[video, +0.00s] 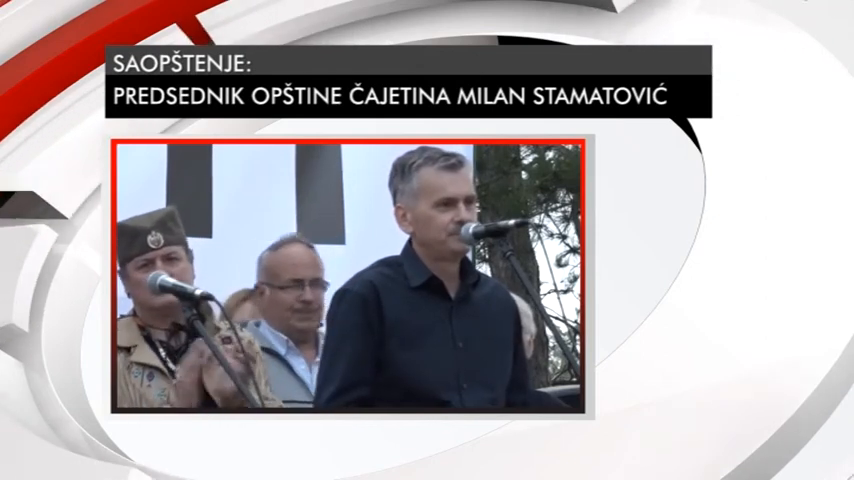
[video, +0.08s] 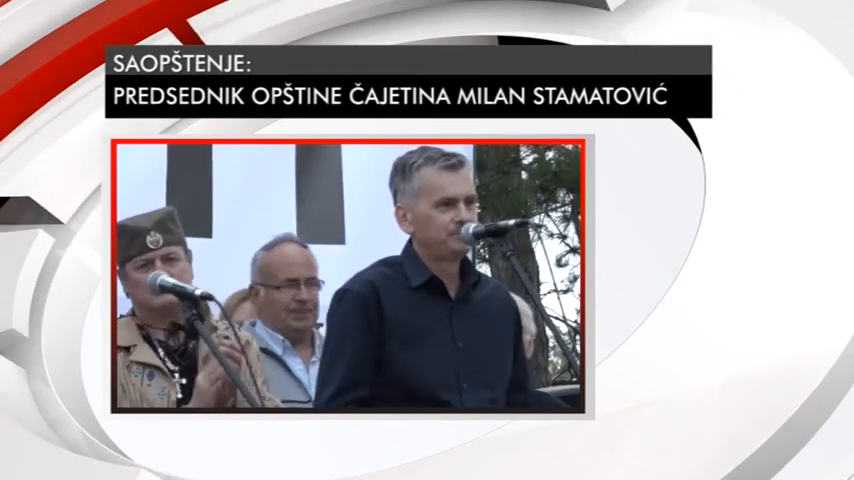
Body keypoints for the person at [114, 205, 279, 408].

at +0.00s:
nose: (161, 272)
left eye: (172, 259)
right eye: (145, 265)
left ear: (192, 268)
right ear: (125, 282)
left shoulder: (239, 342)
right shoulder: (108, 351)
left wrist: (235, 399)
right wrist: (178, 408)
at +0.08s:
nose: (160, 272)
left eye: (171, 259)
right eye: (144, 265)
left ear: (191, 268)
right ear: (124, 281)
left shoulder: (236, 340)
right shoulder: (111, 352)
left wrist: (240, 387)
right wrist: (196, 410)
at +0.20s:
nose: (161, 272)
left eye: (171, 259)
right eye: (144, 265)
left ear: (191, 268)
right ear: (124, 283)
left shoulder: (238, 340)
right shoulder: (111, 352)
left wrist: (236, 399)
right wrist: (191, 399)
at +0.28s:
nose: (163, 270)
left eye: (174, 257)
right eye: (147, 263)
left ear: (193, 265)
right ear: (126, 281)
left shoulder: (237, 338)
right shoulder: (111, 351)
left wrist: (240, 401)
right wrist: (179, 409)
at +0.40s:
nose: (167, 270)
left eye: (177, 256)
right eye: (151, 262)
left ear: (196, 266)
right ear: (129, 281)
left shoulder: (240, 336)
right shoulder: (115, 351)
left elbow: (279, 411)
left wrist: (241, 390)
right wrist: (202, 408)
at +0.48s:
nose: (169, 270)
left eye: (179, 256)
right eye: (153, 261)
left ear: (197, 266)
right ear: (130, 281)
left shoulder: (244, 337)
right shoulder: (116, 351)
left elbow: (283, 412)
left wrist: (245, 400)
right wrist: (208, 392)